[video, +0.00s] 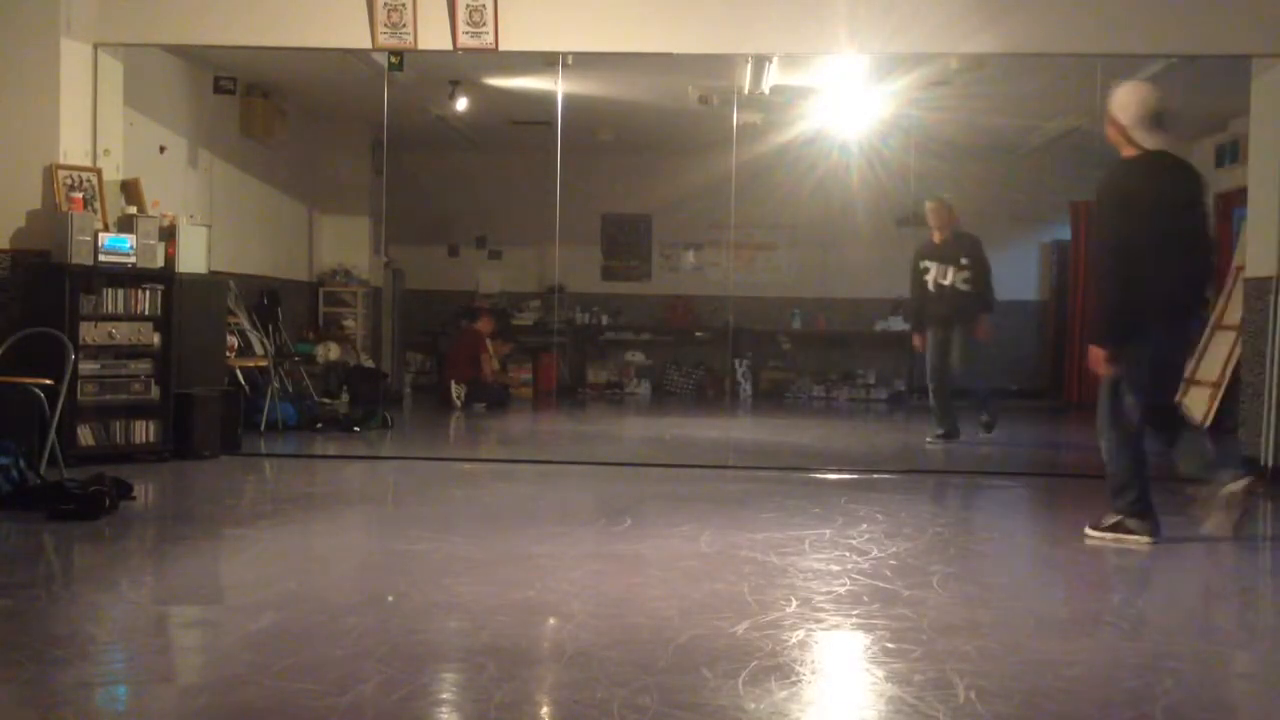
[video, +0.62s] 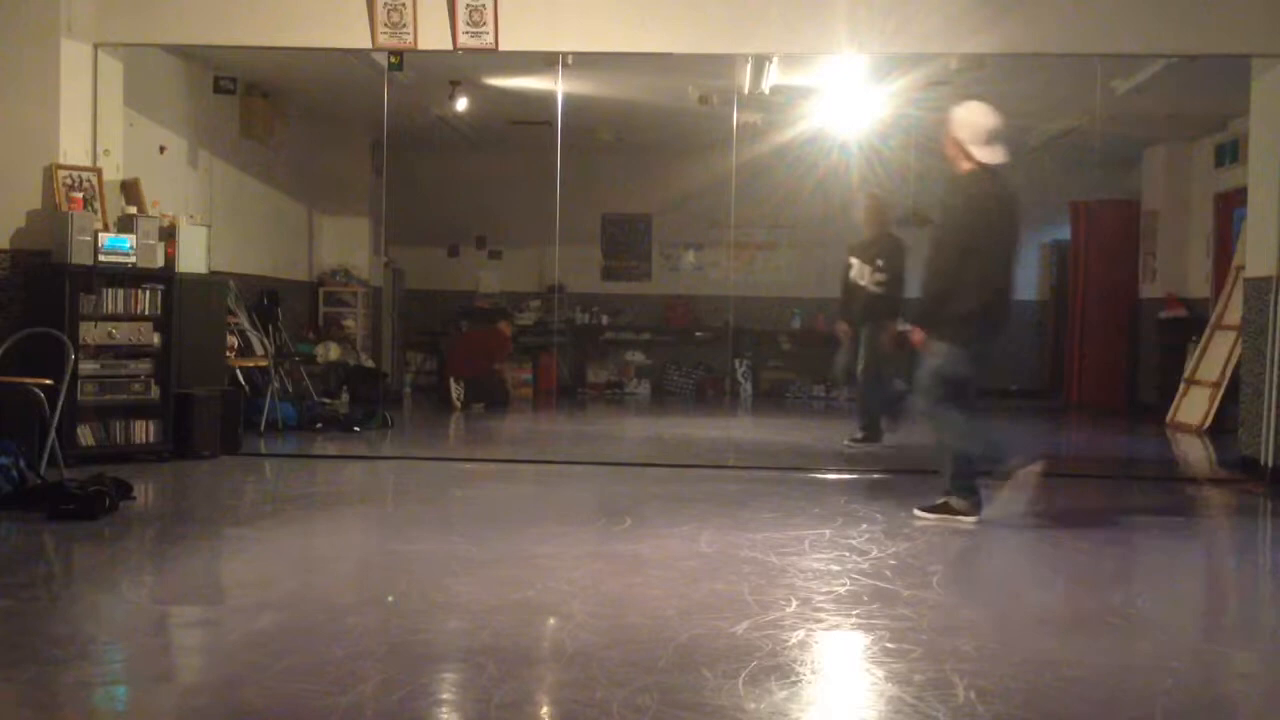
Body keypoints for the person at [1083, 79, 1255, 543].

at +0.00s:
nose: (1107, 129)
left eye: (1108, 121)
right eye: (1108, 121)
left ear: (1117, 125)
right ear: (1154, 121)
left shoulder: (1121, 180)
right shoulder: (1186, 175)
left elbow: (1112, 266)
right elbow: (1200, 256)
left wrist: (1104, 336)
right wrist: (1190, 313)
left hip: (1134, 320)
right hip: (1178, 317)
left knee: (1115, 418)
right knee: (1158, 409)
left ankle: (1132, 514)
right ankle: (1225, 471)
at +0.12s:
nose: (1077, 130)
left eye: (1079, 123)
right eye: (1079, 122)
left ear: (1088, 126)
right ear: (1127, 122)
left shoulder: (1092, 178)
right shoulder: (1153, 173)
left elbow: (1075, 258)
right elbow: (1167, 245)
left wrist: (1058, 322)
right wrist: (1161, 296)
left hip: (1104, 310)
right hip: (1143, 307)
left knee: (1108, 411)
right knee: (1125, 405)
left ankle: (1133, 513)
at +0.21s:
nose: (1057, 137)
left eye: (1058, 131)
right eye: (1059, 130)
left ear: (1067, 135)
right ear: (1104, 127)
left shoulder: (1075, 184)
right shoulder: (1128, 178)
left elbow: (1055, 259)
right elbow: (1142, 253)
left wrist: (1035, 323)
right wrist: (1135, 307)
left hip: (1088, 312)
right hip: (1125, 309)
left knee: (1094, 405)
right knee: (1085, 400)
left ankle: (1132, 510)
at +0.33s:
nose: (1025, 144)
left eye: (1027, 137)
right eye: (1029, 136)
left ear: (1036, 144)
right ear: (1078, 139)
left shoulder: (1038, 194)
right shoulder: (1093, 191)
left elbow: (1013, 265)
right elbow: (1105, 268)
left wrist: (1003, 331)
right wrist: (1098, 320)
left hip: (1050, 321)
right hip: (1081, 318)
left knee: (1069, 419)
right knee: (1027, 409)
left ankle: (1128, 507)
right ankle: (988, 489)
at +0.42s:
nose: (1003, 148)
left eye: (1005, 141)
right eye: (1006, 141)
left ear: (1012, 146)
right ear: (1050, 143)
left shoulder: (1013, 196)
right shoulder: (1068, 194)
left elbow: (995, 268)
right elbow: (1071, 272)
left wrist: (987, 334)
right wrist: (1062, 324)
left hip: (1019, 328)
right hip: (1052, 324)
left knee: (1044, 423)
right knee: (993, 413)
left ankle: (1117, 497)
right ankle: (970, 495)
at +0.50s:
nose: (980, 150)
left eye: (983, 143)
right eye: (982, 142)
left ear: (991, 147)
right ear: (1029, 145)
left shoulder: (993, 197)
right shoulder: (1039, 193)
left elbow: (985, 273)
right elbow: (1043, 270)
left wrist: (972, 336)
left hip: (998, 323)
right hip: (1034, 320)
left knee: (973, 409)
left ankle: (963, 496)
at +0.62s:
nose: (945, 147)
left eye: (948, 140)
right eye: (948, 140)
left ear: (958, 145)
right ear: (986, 144)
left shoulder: (968, 192)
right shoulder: (999, 190)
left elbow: (946, 263)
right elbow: (986, 265)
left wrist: (923, 318)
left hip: (960, 316)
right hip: (984, 314)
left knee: (929, 398)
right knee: (958, 400)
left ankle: (1002, 458)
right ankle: (961, 492)